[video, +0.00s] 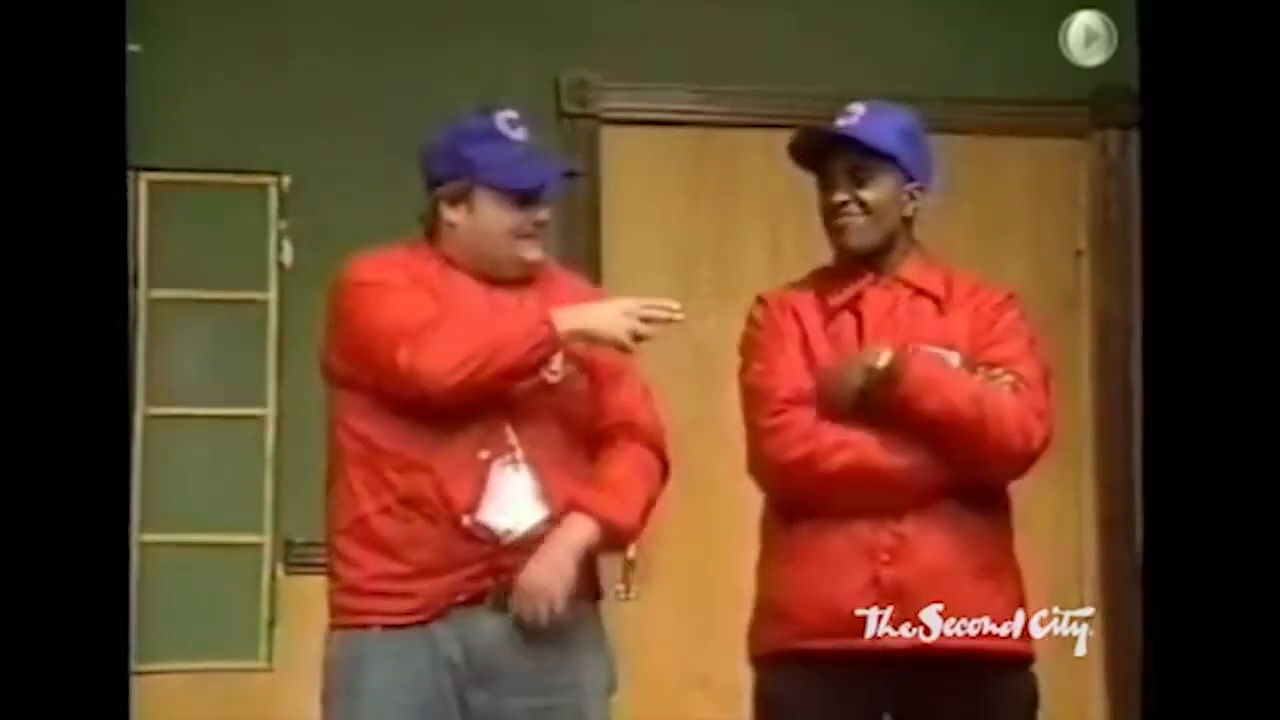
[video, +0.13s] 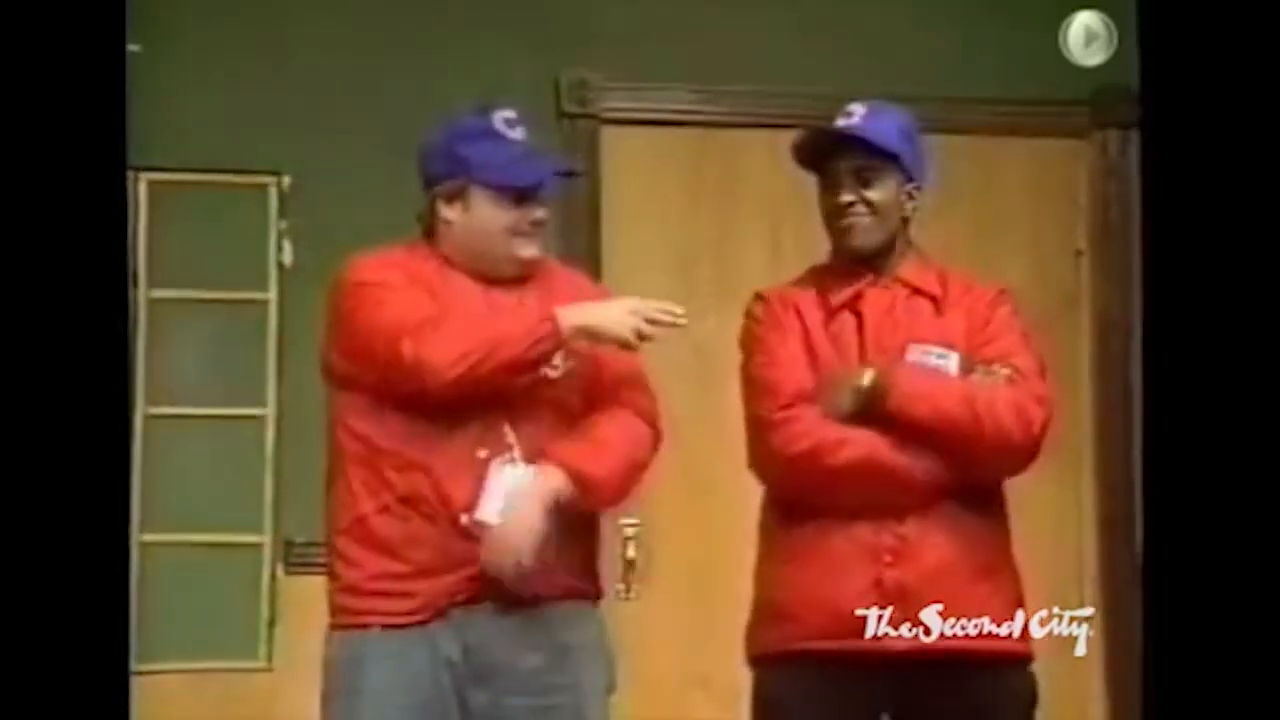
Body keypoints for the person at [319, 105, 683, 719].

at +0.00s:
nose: (541, 215)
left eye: (544, 199)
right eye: (520, 200)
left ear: (552, 200)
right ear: (453, 208)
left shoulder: (569, 296)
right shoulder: (374, 283)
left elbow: (637, 441)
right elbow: (433, 370)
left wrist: (570, 540)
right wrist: (561, 322)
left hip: (547, 625)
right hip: (394, 633)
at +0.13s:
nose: (539, 212)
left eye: (541, 196)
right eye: (517, 197)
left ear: (550, 199)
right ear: (450, 206)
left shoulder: (572, 292)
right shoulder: (374, 283)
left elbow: (634, 418)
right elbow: (434, 362)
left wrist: (548, 486)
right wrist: (566, 320)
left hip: (549, 623)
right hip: (395, 631)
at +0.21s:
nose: (528, 210)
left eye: (534, 192)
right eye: (504, 194)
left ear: (547, 198)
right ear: (444, 202)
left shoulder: (571, 287)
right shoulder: (375, 280)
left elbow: (608, 403)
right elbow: (444, 354)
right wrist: (587, 324)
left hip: (547, 611)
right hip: (395, 620)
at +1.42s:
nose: (444, 204)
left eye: (469, 187)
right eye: (436, 185)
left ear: (523, 202)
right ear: (423, 194)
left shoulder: (580, 287)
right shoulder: (380, 279)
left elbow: (579, 428)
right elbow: (397, 388)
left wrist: (414, 418)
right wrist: (552, 375)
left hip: (544, 616)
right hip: (387, 619)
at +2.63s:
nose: (511, 187)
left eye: (513, 165)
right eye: (481, 178)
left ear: (530, 169)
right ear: (433, 204)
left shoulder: (583, 279)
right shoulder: (379, 273)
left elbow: (582, 411)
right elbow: (393, 374)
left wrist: (428, 394)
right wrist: (551, 360)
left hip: (550, 614)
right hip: (391, 617)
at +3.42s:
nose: (534, 161)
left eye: (533, 144)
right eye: (509, 147)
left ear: (539, 152)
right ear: (447, 169)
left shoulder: (578, 263)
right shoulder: (373, 256)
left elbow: (605, 383)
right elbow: (428, 348)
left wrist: (452, 380)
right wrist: (574, 333)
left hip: (554, 614)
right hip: (396, 617)